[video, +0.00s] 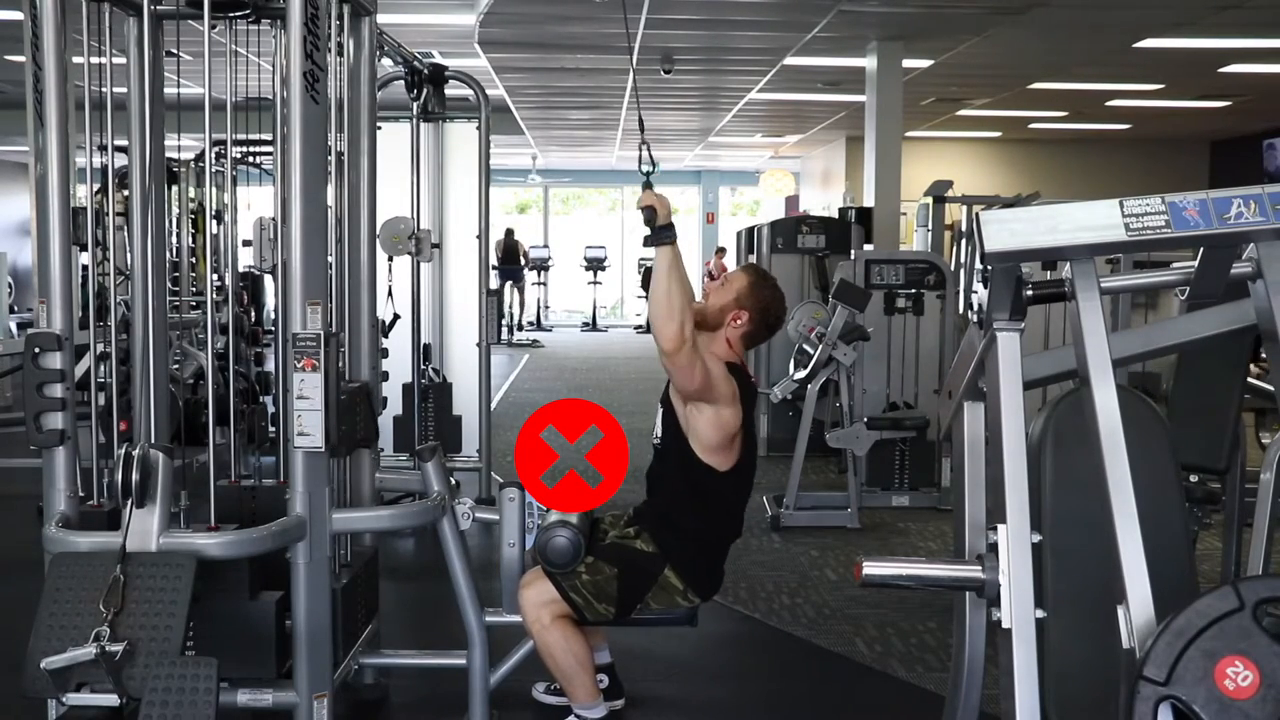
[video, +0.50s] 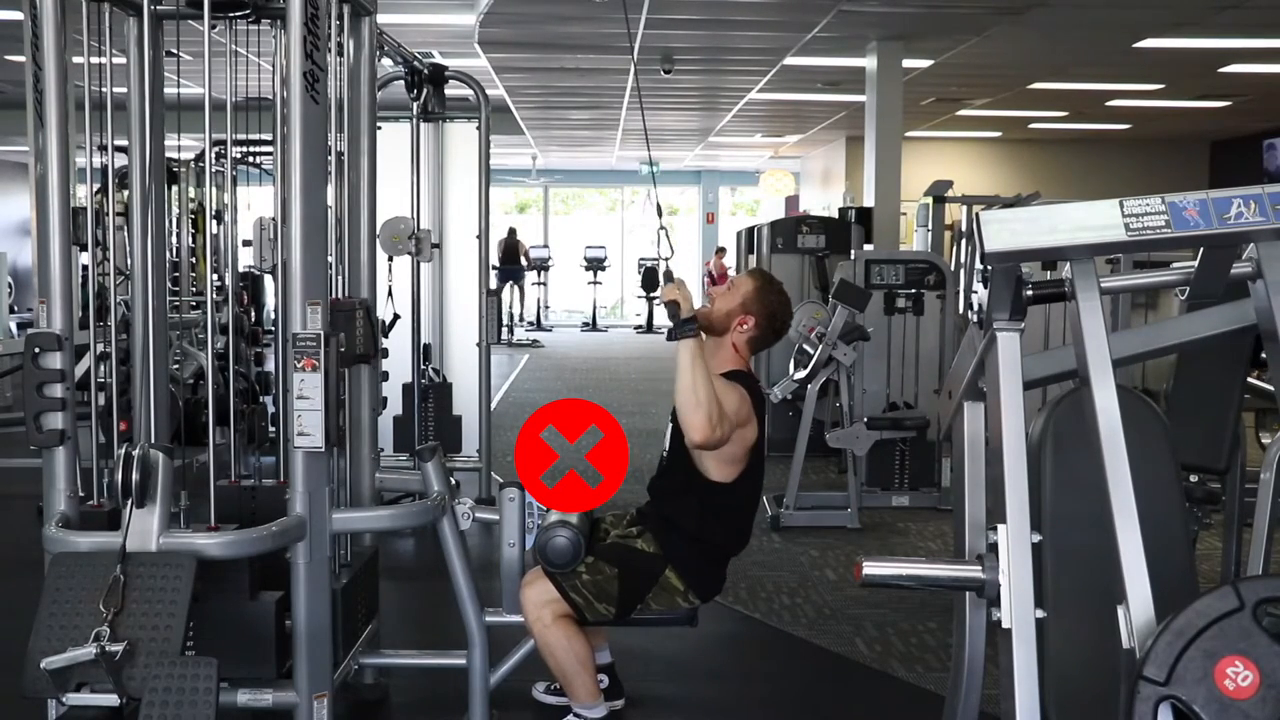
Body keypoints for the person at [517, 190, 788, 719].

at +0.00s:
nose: (712, 283)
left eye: (723, 282)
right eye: (721, 277)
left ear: (736, 318)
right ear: (737, 323)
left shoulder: (712, 384)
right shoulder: (717, 365)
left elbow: (674, 336)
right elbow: (688, 324)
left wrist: (663, 231)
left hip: (676, 562)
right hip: (659, 532)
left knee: (537, 596)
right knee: (555, 547)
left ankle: (589, 709)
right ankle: (595, 672)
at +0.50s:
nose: (716, 287)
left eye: (729, 288)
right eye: (726, 282)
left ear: (742, 325)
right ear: (743, 327)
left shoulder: (735, 391)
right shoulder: (720, 368)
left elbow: (704, 430)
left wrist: (687, 325)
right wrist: (721, 286)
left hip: (680, 559)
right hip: (660, 529)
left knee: (539, 594)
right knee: (555, 545)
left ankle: (590, 712)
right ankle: (596, 675)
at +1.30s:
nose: (712, 283)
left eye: (725, 283)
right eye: (721, 277)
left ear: (740, 318)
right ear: (741, 321)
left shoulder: (722, 384)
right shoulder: (717, 362)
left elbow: (688, 350)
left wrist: (671, 243)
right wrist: (710, 293)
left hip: (677, 561)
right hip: (654, 524)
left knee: (538, 596)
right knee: (556, 545)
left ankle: (588, 710)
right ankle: (595, 673)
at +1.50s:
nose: (708, 276)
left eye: (722, 277)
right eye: (717, 271)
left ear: (736, 316)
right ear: (735, 318)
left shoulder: (714, 375)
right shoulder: (706, 360)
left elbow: (676, 312)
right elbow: (679, 307)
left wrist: (659, 209)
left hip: (675, 565)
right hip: (655, 534)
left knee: (536, 596)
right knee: (553, 545)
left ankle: (589, 709)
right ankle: (594, 671)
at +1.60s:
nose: (708, 269)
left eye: (721, 272)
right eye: (719, 266)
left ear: (732, 314)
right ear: (733, 316)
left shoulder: (707, 369)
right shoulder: (702, 356)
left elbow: (671, 293)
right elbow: (672, 290)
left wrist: (657, 192)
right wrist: (656, 201)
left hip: (674, 564)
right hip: (657, 537)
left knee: (536, 596)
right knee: (553, 544)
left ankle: (590, 710)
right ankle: (593, 671)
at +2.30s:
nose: (722, 280)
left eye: (738, 280)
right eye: (733, 273)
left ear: (754, 315)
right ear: (755, 318)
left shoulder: (723, 367)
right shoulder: (720, 354)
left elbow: (683, 291)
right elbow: (687, 289)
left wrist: (665, 192)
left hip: (671, 560)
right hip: (653, 533)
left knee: (533, 597)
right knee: (555, 545)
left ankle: (589, 710)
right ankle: (594, 671)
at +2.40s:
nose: (744, 287)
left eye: (758, 288)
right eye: (755, 282)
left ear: (774, 325)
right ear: (774, 327)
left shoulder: (743, 381)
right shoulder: (738, 362)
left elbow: (700, 322)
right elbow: (715, 329)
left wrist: (677, 216)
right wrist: (713, 286)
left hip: (671, 561)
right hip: (649, 530)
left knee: (532, 597)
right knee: (552, 547)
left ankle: (591, 713)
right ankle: (594, 671)